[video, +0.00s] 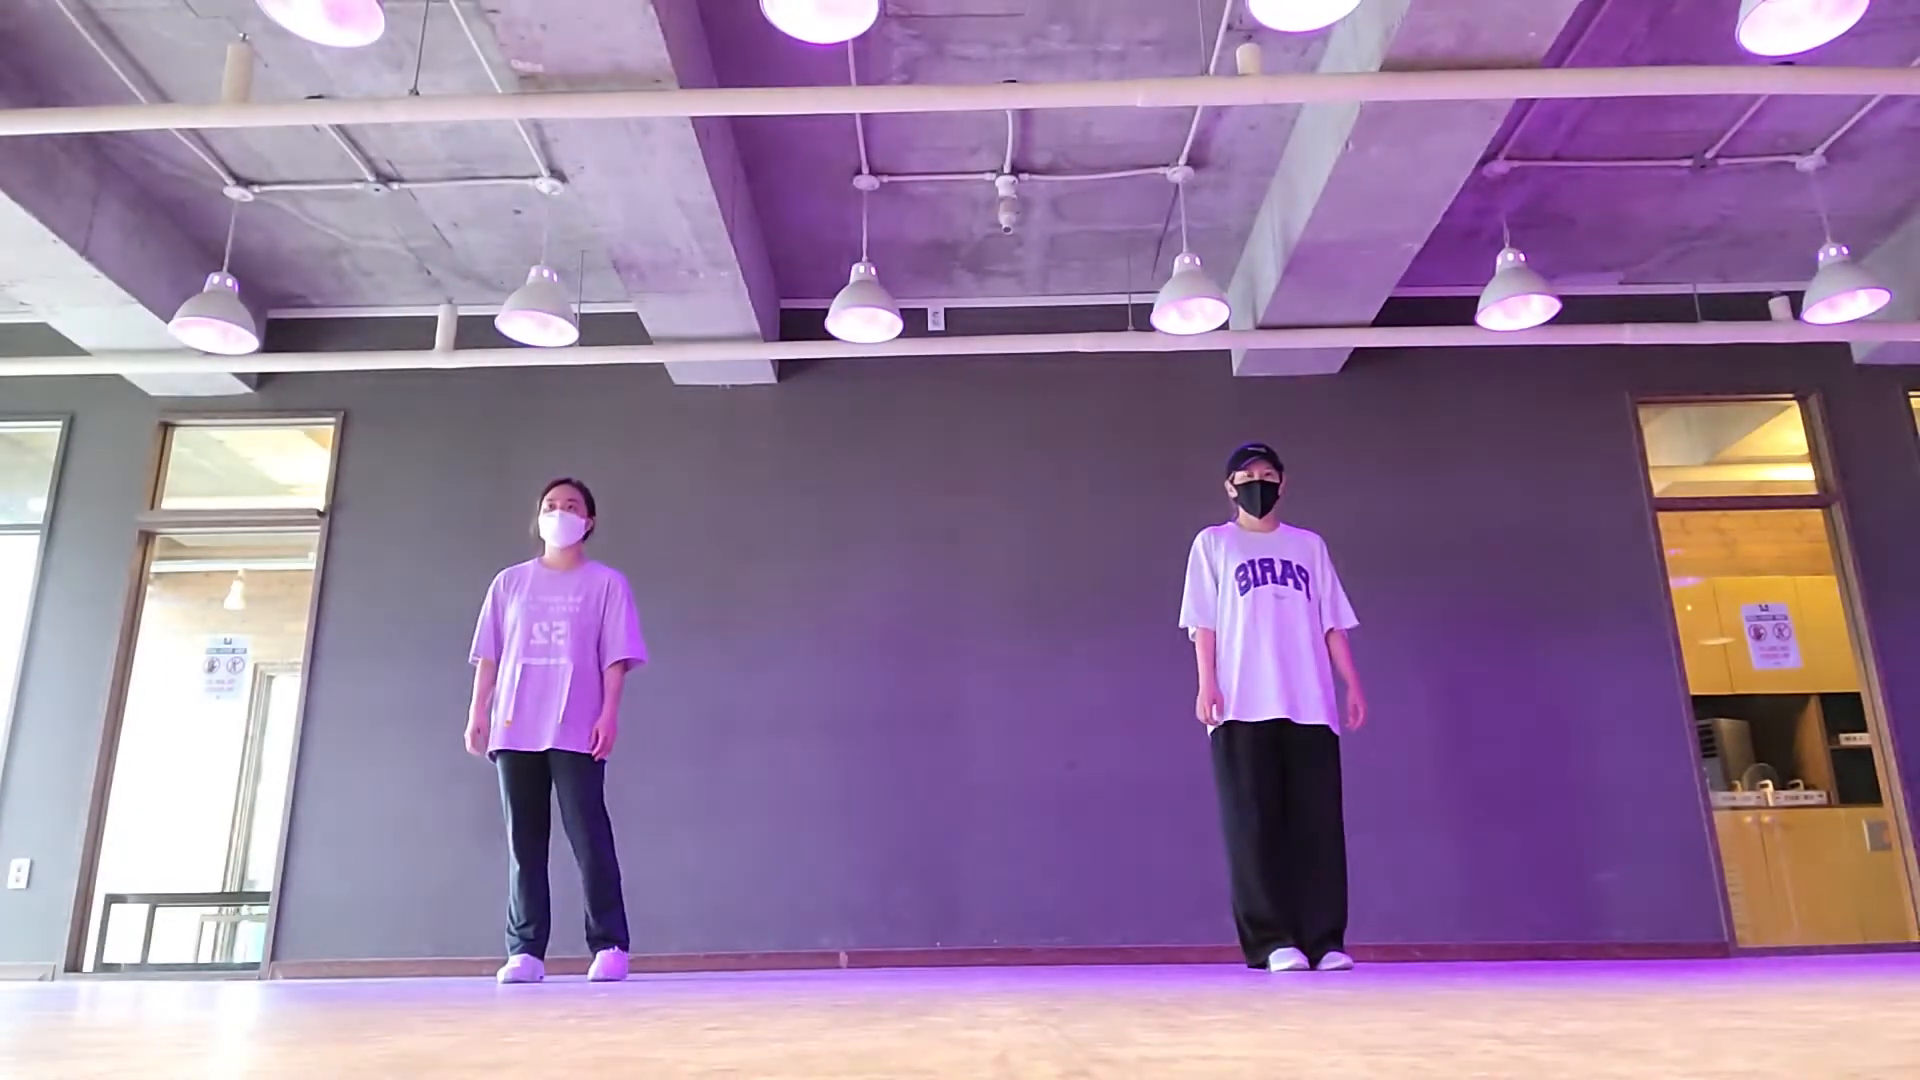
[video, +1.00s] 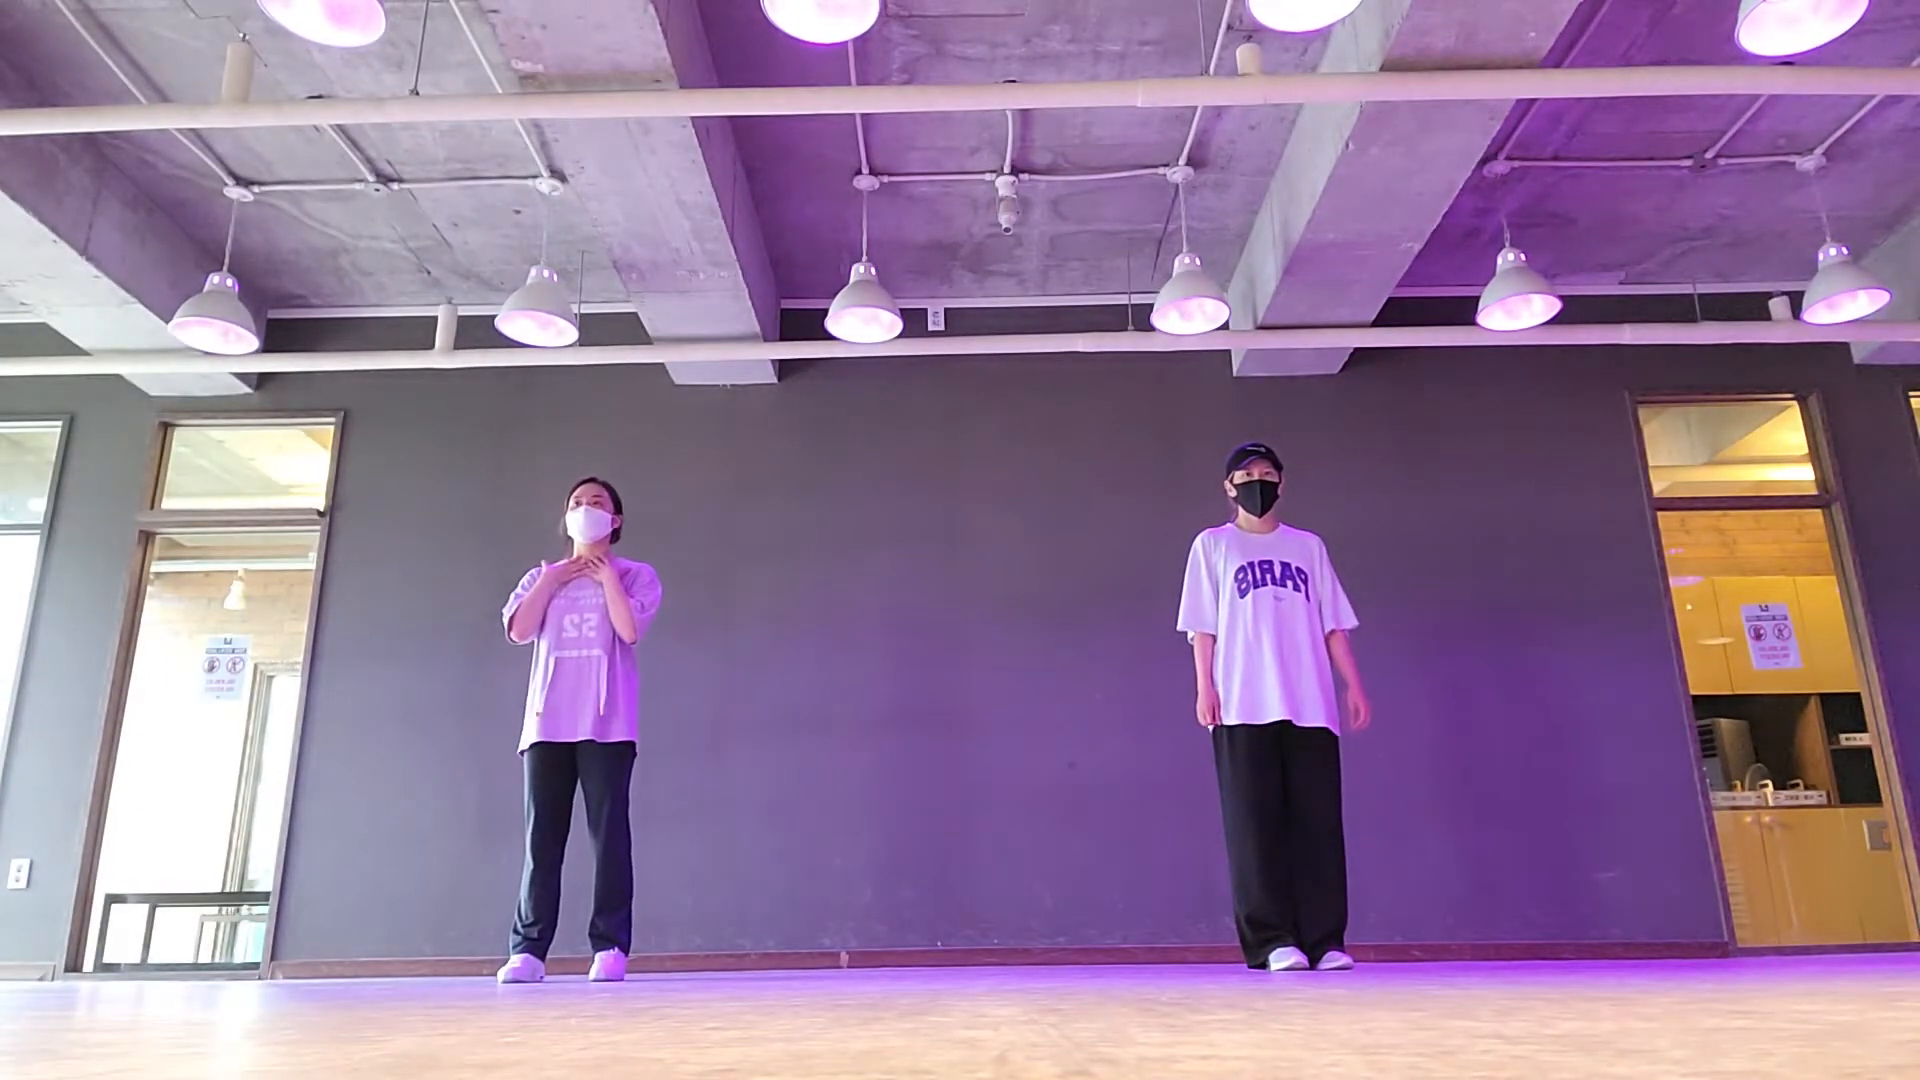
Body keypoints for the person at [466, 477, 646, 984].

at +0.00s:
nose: (560, 513)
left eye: (571, 507)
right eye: (551, 507)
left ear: (588, 523)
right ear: (537, 522)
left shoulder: (607, 583)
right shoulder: (508, 582)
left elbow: (616, 658)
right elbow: (487, 656)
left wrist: (609, 714)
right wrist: (478, 712)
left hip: (575, 728)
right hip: (514, 728)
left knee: (588, 838)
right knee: (524, 844)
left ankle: (610, 947)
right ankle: (524, 952)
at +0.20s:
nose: (566, 511)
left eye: (577, 505)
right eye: (557, 504)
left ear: (594, 522)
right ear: (543, 520)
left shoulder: (616, 581)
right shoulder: (514, 581)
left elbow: (638, 653)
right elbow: (490, 651)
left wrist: (604, 666)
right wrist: (497, 657)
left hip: (586, 729)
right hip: (524, 728)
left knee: (595, 841)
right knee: (529, 845)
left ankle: (609, 949)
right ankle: (525, 953)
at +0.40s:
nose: (573, 509)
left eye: (585, 504)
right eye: (564, 504)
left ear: (603, 521)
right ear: (551, 521)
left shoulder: (625, 578)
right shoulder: (526, 578)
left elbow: (636, 639)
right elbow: (494, 634)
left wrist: (597, 584)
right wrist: (532, 582)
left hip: (595, 726)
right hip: (531, 726)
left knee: (599, 840)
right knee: (534, 843)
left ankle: (609, 949)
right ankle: (526, 952)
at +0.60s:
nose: (581, 509)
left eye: (592, 504)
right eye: (572, 504)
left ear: (609, 521)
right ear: (558, 520)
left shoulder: (631, 577)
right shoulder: (533, 576)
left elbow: (624, 632)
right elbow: (513, 630)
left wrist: (600, 571)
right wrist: (546, 576)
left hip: (600, 724)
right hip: (538, 724)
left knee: (603, 839)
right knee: (537, 841)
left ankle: (609, 949)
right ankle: (526, 952)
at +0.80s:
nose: (584, 510)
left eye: (595, 504)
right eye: (575, 504)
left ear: (613, 520)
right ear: (562, 520)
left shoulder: (635, 577)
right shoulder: (539, 575)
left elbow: (627, 631)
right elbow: (516, 632)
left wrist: (603, 571)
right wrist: (548, 577)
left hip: (604, 723)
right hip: (544, 722)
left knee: (607, 838)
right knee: (540, 839)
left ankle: (610, 948)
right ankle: (526, 951)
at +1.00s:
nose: (587, 508)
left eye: (598, 502)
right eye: (578, 502)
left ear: (616, 520)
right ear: (565, 520)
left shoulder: (638, 576)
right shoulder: (542, 575)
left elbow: (630, 631)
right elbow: (518, 631)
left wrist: (605, 572)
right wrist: (552, 577)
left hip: (607, 724)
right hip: (547, 723)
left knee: (609, 839)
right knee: (542, 840)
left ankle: (610, 949)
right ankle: (527, 951)